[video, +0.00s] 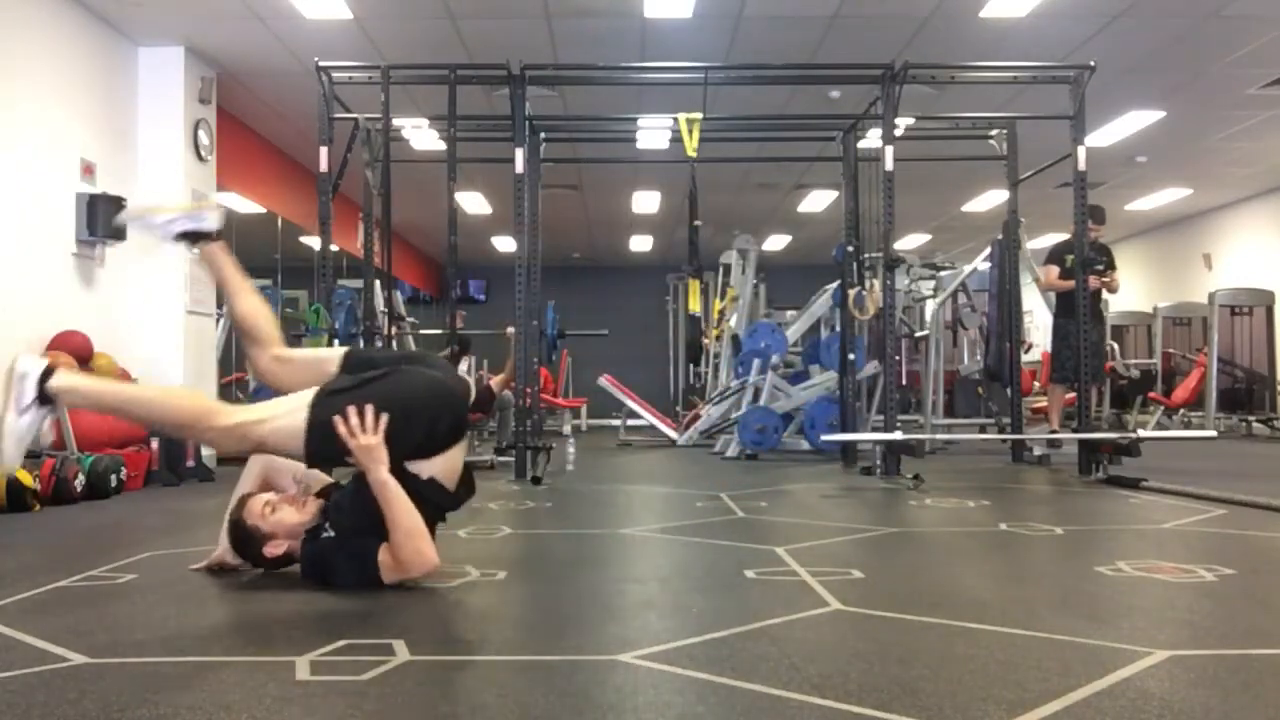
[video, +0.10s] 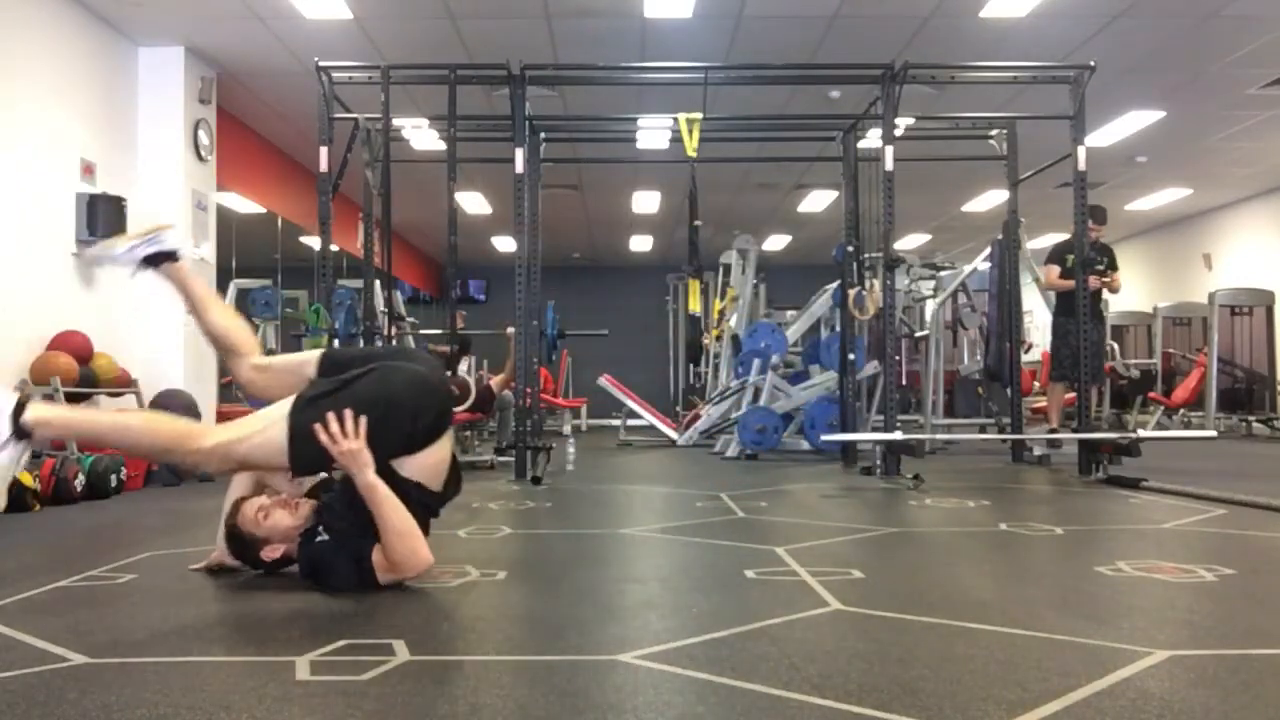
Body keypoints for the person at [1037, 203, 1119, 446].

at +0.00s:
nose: (1092, 235)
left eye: (1097, 230)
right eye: (1089, 229)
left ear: (1102, 229)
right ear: (1078, 225)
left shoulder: (1104, 252)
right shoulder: (1060, 250)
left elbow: (1114, 287)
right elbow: (1048, 283)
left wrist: (1107, 282)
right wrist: (1080, 283)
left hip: (1094, 320)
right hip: (1067, 319)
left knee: (1092, 375)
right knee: (1060, 376)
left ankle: (1087, 423)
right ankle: (1054, 427)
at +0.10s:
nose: (1094, 235)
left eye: (1099, 231)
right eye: (1091, 230)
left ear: (1103, 229)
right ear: (1080, 225)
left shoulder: (1106, 251)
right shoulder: (1061, 250)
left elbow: (1115, 287)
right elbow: (1049, 282)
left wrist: (1109, 282)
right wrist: (1081, 283)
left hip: (1093, 320)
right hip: (1066, 319)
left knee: (1092, 375)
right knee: (1059, 375)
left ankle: (1088, 422)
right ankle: (1054, 426)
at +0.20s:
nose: (1092, 235)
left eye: (1097, 231)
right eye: (1089, 229)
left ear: (1102, 230)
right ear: (1079, 225)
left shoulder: (1105, 252)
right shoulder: (1061, 250)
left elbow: (1115, 286)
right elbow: (1048, 282)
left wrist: (1106, 282)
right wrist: (1080, 283)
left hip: (1093, 319)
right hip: (1065, 319)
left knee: (1092, 373)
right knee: (1058, 372)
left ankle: (1087, 420)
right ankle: (1048, 423)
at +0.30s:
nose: (1090, 235)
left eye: (1094, 231)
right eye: (1087, 230)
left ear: (1099, 229)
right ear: (1077, 225)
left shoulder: (1102, 252)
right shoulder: (1057, 250)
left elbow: (1113, 286)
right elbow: (1046, 282)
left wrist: (1103, 282)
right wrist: (1078, 283)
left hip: (1090, 320)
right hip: (1062, 320)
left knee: (1089, 376)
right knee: (1053, 373)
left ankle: (1086, 422)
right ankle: (1041, 421)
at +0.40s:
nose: (1085, 231)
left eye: (1089, 226)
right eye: (1081, 225)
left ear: (1094, 227)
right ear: (1073, 224)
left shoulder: (1096, 253)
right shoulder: (1052, 252)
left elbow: (1107, 287)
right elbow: (1044, 284)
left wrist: (1100, 282)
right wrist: (1075, 284)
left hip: (1087, 320)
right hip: (1060, 320)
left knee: (1088, 375)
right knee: (1051, 373)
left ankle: (1086, 422)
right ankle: (1041, 422)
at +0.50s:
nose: (1080, 230)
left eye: (1085, 226)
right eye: (1076, 224)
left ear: (1091, 228)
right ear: (1067, 225)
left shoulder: (1092, 254)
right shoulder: (1047, 252)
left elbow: (1101, 286)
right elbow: (1040, 284)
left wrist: (1098, 282)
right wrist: (1074, 284)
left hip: (1083, 321)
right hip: (1057, 321)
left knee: (1086, 374)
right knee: (1050, 375)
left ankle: (1085, 421)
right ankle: (1041, 423)